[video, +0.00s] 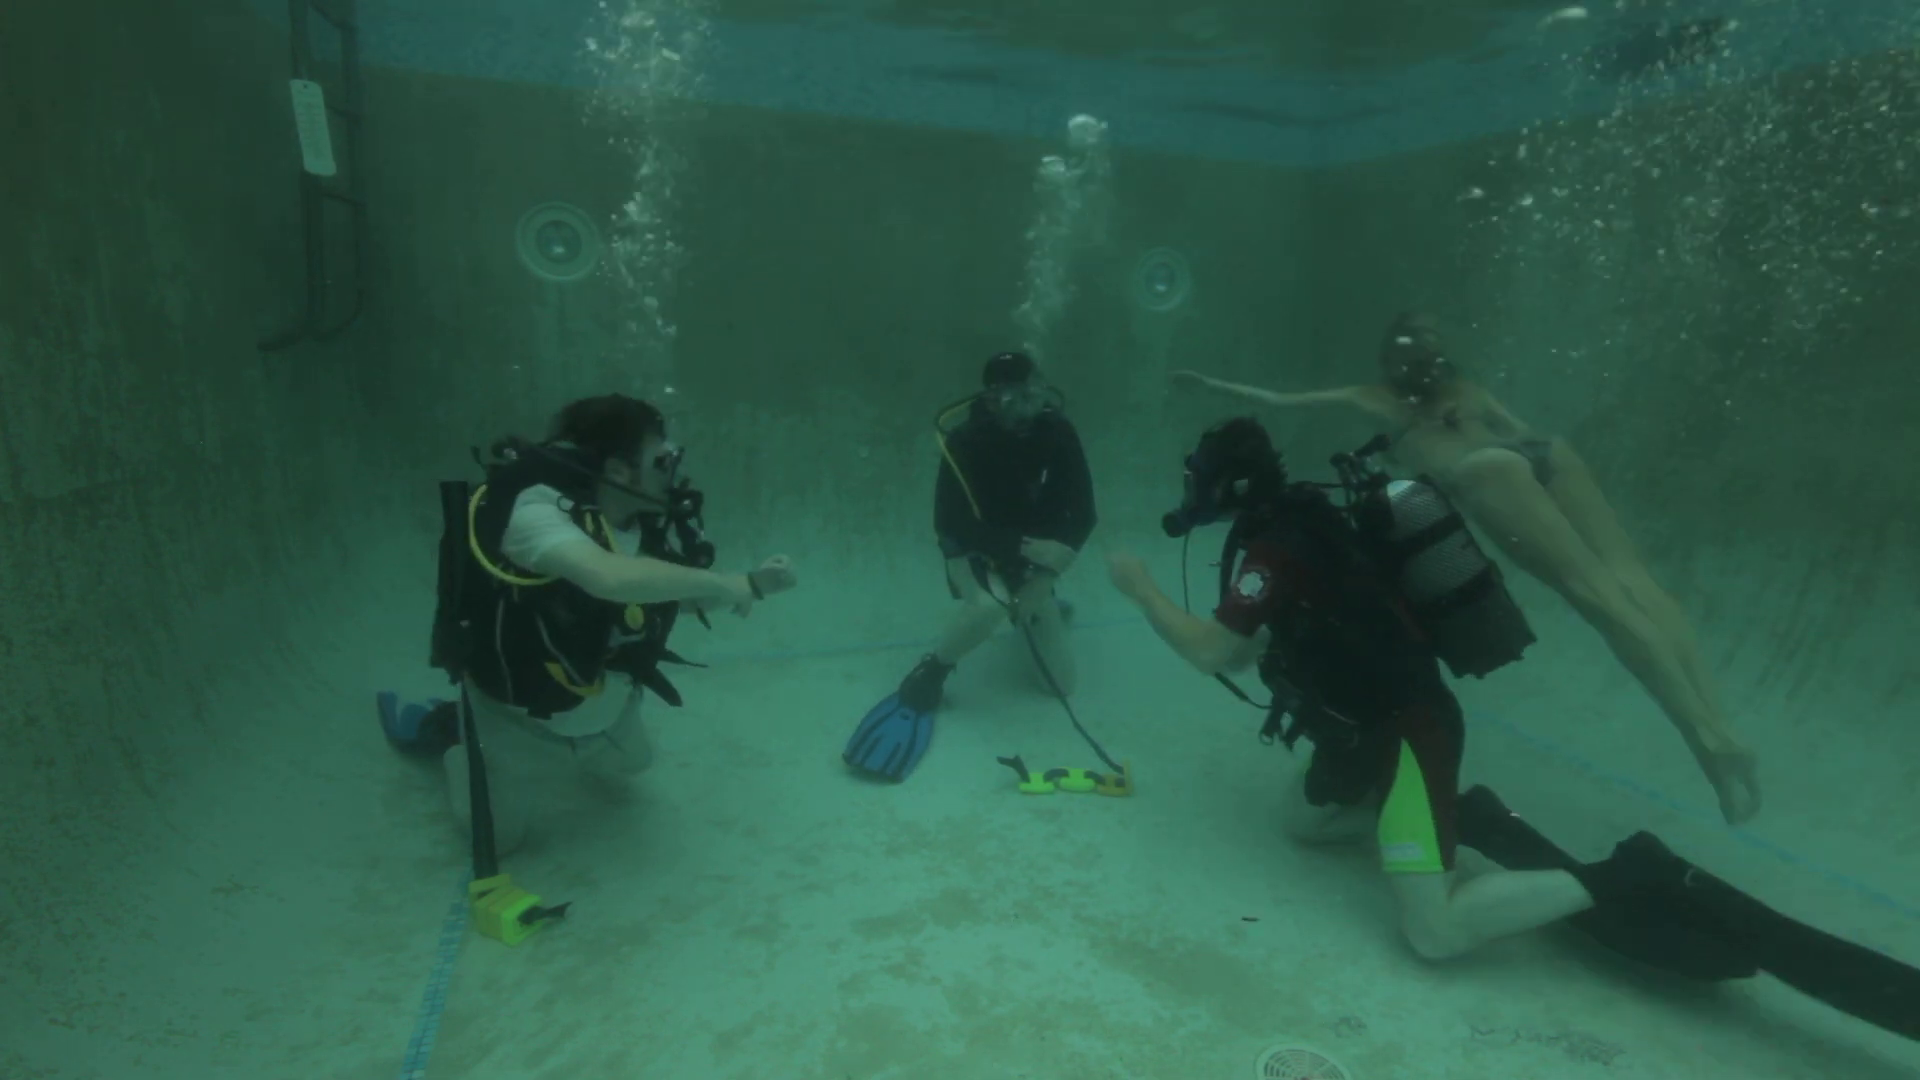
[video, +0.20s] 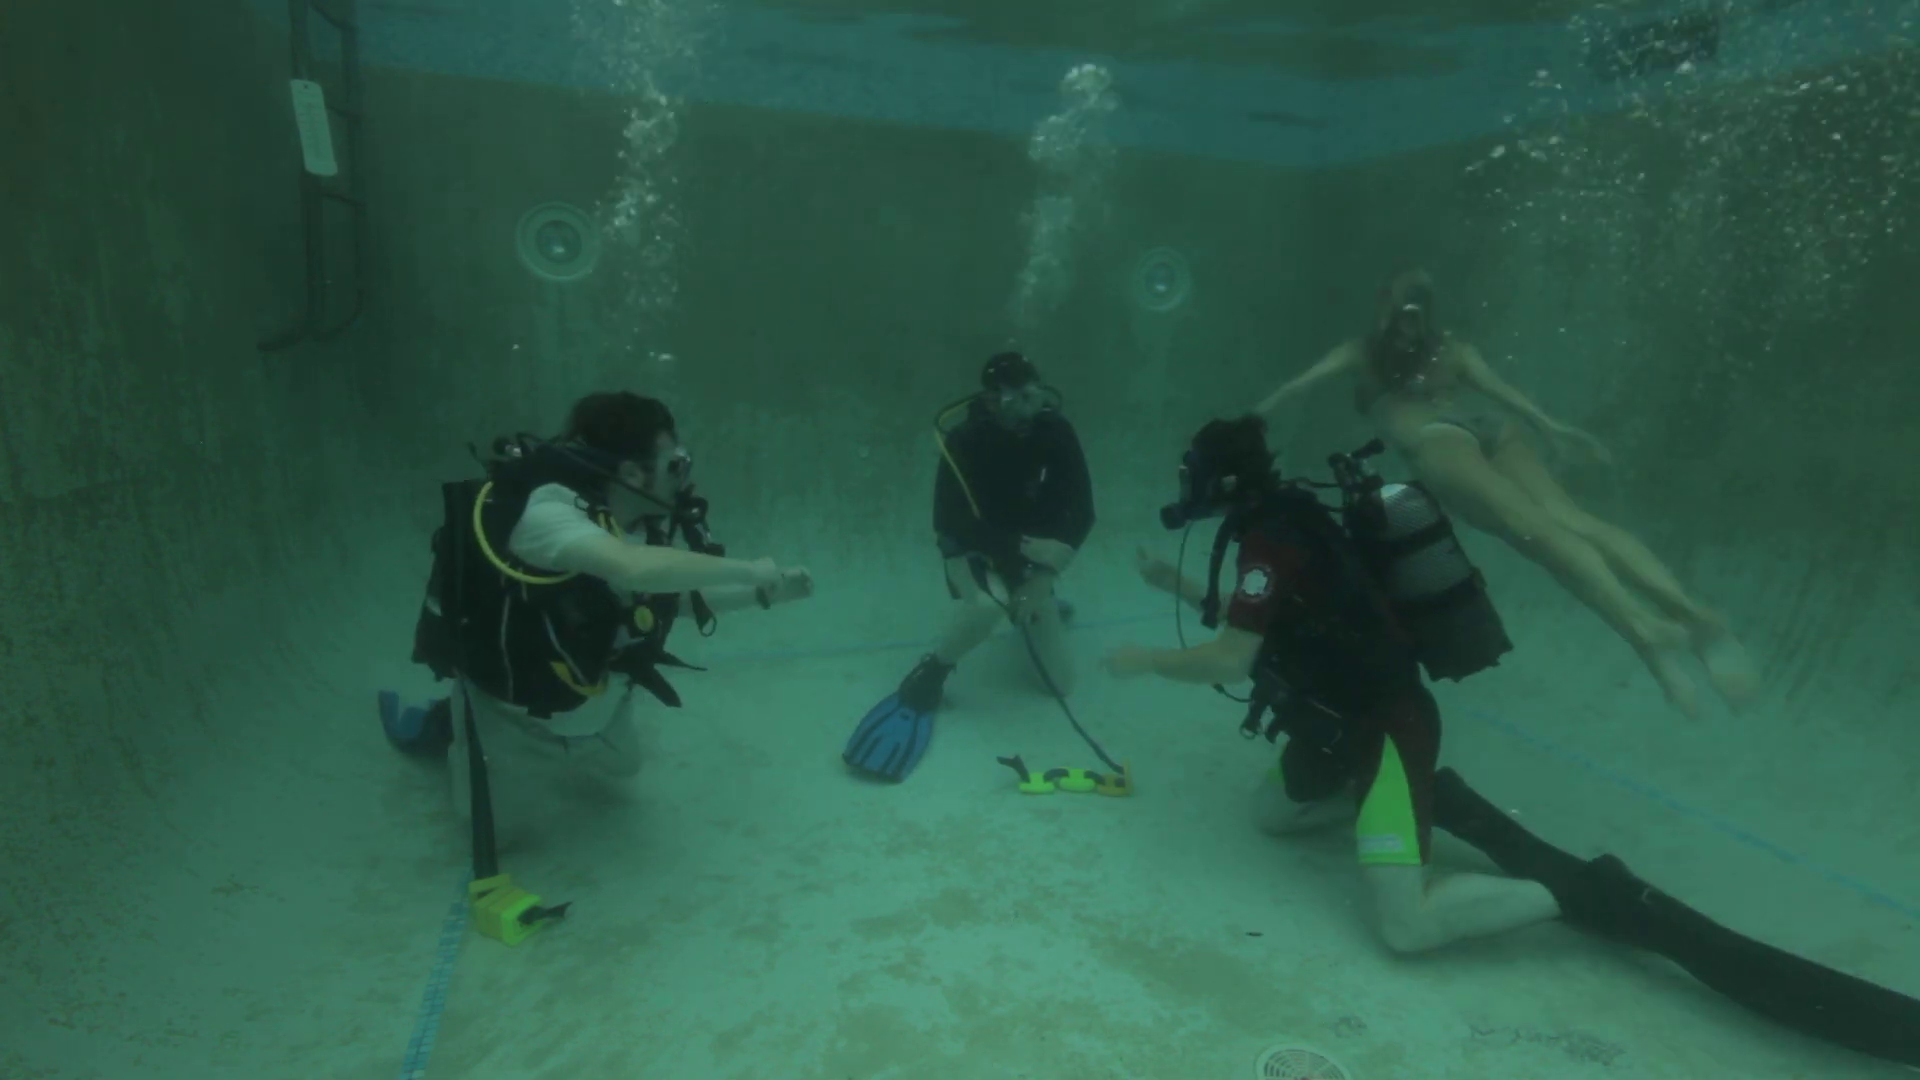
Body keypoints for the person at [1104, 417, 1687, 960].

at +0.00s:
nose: (1189, 492)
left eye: (1197, 481)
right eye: (1192, 480)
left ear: (1229, 486)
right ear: (1254, 471)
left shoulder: (1270, 540)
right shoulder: (1288, 515)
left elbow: (1214, 652)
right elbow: (1249, 644)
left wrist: (1144, 592)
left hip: (1408, 722)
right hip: (1362, 708)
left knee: (1435, 931)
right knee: (1314, 823)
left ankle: (1605, 881)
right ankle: (1450, 826)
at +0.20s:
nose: (1189, 483)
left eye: (1197, 473)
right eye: (1190, 471)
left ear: (1226, 479)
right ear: (1245, 470)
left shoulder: (1271, 536)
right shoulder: (1275, 513)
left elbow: (1231, 659)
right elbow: (1267, 618)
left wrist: (1148, 662)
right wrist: (1184, 588)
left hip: (1386, 719)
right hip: (1339, 703)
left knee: (1406, 925)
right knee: (1276, 811)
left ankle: (1579, 890)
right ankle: (1410, 798)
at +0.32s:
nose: (1180, 486)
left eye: (1187, 476)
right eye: (1183, 474)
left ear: (1216, 478)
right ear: (1236, 470)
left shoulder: (1264, 536)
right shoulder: (1248, 521)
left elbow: (1248, 661)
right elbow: (1201, 595)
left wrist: (1164, 698)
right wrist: (1151, 533)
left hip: (1380, 716)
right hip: (1327, 701)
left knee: (1396, 920)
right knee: (1279, 814)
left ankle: (1568, 890)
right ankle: (1428, 807)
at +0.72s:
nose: (1157, 496)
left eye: (1168, 480)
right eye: (1151, 481)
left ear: (1206, 471)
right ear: (1156, 477)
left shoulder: (1260, 522)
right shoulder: (1219, 519)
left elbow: (1307, 641)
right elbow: (1185, 590)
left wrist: (1223, 709)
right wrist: (1098, 591)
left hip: (1365, 679)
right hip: (1311, 678)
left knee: (1400, 855)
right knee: (1267, 797)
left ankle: (1583, 849)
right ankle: (1409, 786)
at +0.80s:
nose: (1166, 495)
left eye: (1177, 479)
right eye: (1157, 483)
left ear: (1210, 471)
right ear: (1154, 479)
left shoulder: (1266, 523)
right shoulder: (1217, 522)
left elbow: (1301, 634)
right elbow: (1191, 589)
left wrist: (1210, 673)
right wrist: (1124, 621)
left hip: (1358, 673)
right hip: (1299, 673)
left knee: (1401, 846)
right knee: (1264, 787)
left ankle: (1577, 824)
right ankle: (1389, 776)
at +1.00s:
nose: (1170, 484)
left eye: (1182, 466)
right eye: (1160, 470)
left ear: (1216, 457)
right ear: (1161, 472)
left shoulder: (1261, 511)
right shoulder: (1210, 517)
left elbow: (1267, 614)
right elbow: (1205, 601)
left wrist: (1182, 599)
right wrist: (1159, 646)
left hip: (1346, 670)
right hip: (1292, 666)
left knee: (1383, 840)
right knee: (1260, 765)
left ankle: (1548, 765)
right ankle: (1405, 761)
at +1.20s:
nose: (1179, 476)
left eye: (1191, 460)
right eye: (1166, 464)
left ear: (1218, 454)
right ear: (1152, 469)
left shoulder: (1258, 506)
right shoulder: (1189, 510)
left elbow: (1255, 614)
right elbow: (1185, 586)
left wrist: (1178, 574)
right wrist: (1147, 640)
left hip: (1330, 656)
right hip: (1270, 653)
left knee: (1349, 825)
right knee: (1249, 748)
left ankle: (1488, 741)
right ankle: (1383, 743)